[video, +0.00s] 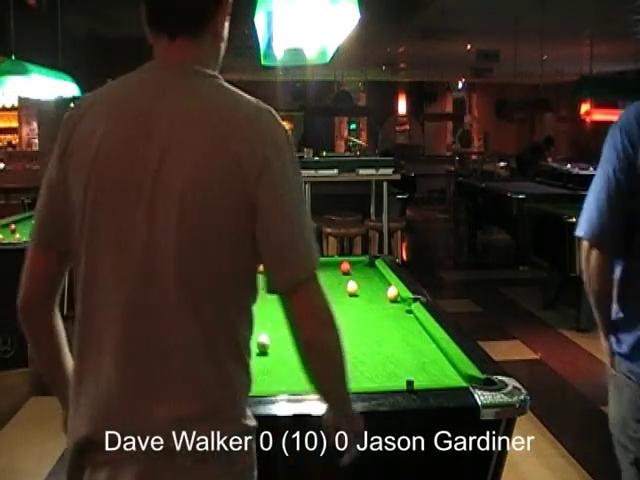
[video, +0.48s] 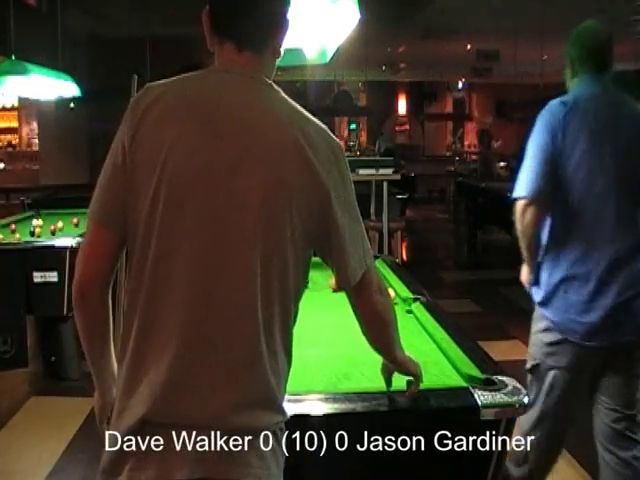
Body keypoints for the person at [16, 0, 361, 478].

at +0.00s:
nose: (231, 27)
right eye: (232, 15)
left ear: (148, 21)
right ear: (224, 18)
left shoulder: (86, 118)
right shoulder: (254, 126)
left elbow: (34, 299)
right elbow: (302, 294)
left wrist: (73, 399)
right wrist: (340, 407)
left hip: (101, 425)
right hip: (210, 427)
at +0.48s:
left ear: (207, 25)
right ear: (281, 37)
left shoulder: (150, 109)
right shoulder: (313, 143)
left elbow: (88, 282)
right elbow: (364, 285)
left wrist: (105, 386)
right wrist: (393, 354)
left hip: (140, 423)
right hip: (248, 428)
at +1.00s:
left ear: (209, 26)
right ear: (281, 36)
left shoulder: (155, 110)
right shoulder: (318, 140)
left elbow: (99, 285)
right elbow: (358, 292)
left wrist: (114, 384)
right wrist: (386, 371)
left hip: (154, 418)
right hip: (260, 420)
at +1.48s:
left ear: (197, 22)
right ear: (269, 30)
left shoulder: (147, 117)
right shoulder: (316, 134)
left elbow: (98, 298)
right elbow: (349, 303)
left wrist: (124, 392)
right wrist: (371, 389)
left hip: (161, 422)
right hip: (265, 425)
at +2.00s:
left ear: (188, 23)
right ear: (264, 26)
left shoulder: (138, 118)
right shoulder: (310, 130)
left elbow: (95, 306)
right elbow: (338, 303)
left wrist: (124, 396)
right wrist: (354, 399)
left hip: (155, 432)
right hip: (262, 432)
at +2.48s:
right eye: (250, 15)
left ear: (164, 21)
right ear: (245, 21)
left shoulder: (112, 120)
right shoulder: (292, 129)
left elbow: (75, 311)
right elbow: (319, 313)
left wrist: (116, 409)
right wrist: (318, 432)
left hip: (138, 441)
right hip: (250, 443)